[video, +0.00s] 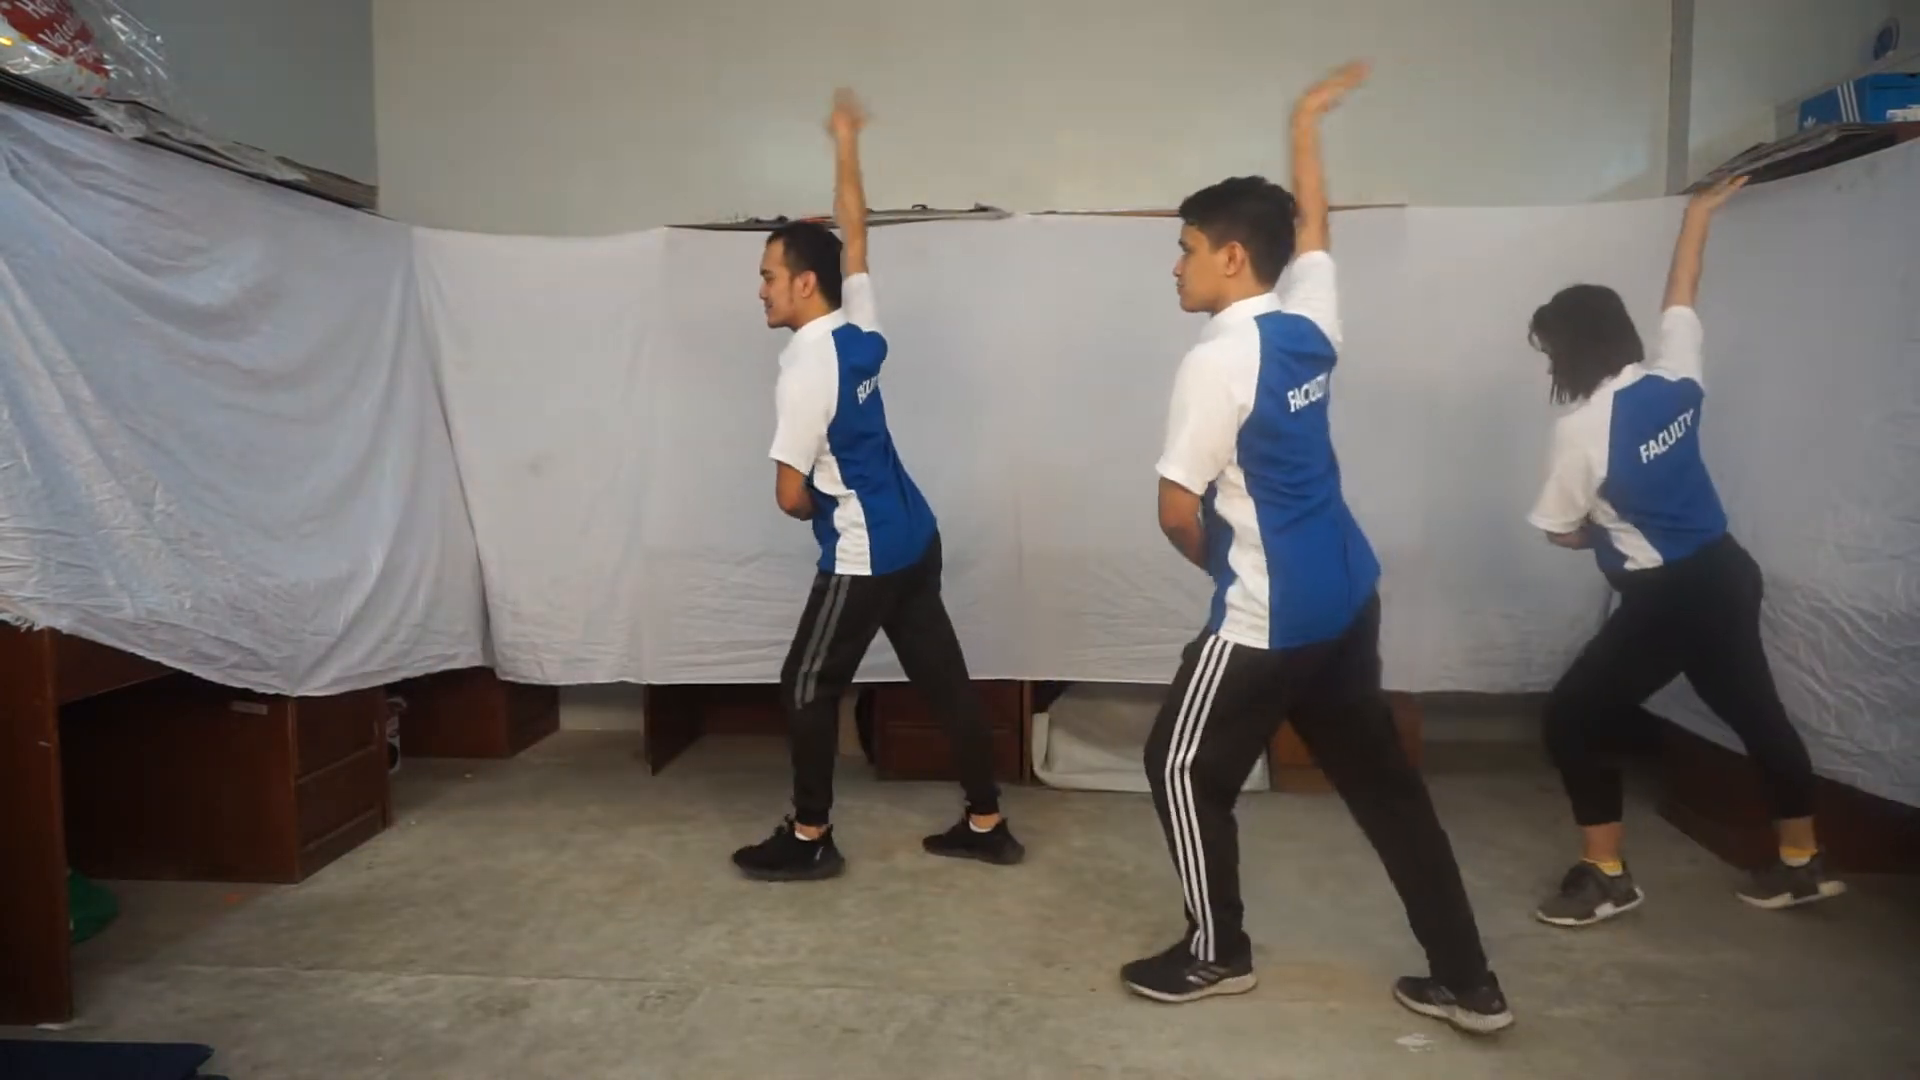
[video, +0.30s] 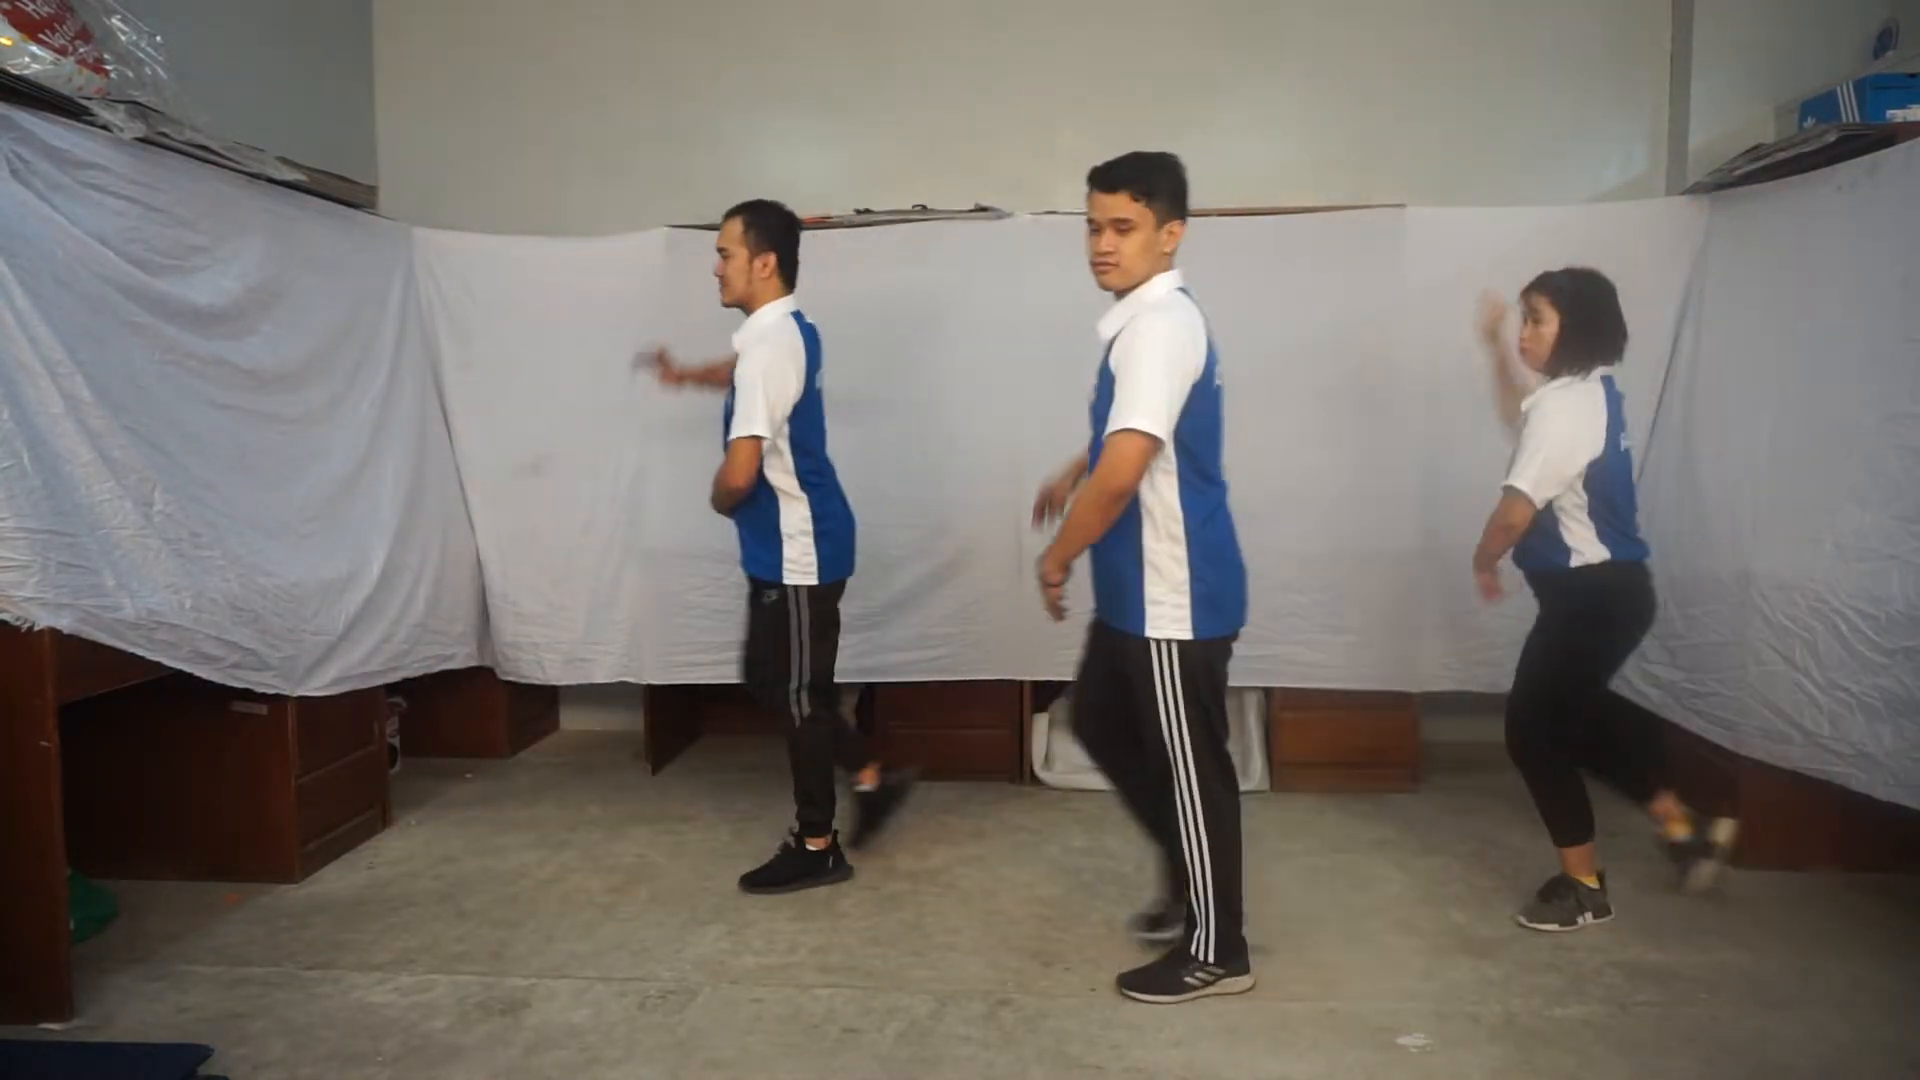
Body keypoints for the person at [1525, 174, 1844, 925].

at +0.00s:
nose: (1548, 364)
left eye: (1550, 352)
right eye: (1546, 351)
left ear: (1571, 350)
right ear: (1617, 333)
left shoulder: (1580, 428)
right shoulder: (1674, 375)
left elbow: (1561, 528)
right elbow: (1684, 293)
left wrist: (1611, 524)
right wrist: (1698, 214)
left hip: (1667, 598)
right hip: (1728, 574)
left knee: (1570, 717)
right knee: (1762, 715)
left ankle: (1605, 872)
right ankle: (1801, 862)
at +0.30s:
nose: (1522, 333)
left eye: (1534, 320)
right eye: (1524, 320)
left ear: (1573, 329)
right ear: (1583, 333)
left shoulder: (1564, 405)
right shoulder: (1594, 388)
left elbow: (1514, 514)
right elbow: (1523, 418)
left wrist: (1484, 560)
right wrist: (1500, 352)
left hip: (1588, 595)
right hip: (1615, 588)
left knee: (1532, 729)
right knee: (1573, 709)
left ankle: (1583, 884)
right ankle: (1684, 825)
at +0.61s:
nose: (1469, 312)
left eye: (1485, 304)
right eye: (1458, 304)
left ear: (1512, 324)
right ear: (1441, 322)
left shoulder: (1533, 400)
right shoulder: (1420, 403)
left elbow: (1549, 506)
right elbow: (1382, 488)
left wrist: (1526, 597)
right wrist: (1342, 540)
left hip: (1503, 589)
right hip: (1426, 584)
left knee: (1505, 736)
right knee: (1403, 722)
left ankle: (1560, 867)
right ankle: (1394, 859)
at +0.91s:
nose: (1419, 317)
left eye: (1420, 309)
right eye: (1401, 308)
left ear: (1425, 327)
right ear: (1364, 328)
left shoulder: (1452, 409)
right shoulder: (1335, 408)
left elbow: (1505, 497)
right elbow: (1275, 489)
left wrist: (1589, 548)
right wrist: (1279, 534)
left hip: (1424, 589)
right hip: (1344, 584)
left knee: (1449, 722)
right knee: (1341, 729)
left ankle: (1448, 862)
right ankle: (1271, 855)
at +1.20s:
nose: (1341, 337)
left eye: (1342, 324)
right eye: (1336, 325)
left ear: (1274, 319)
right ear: (1316, 327)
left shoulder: (1261, 383)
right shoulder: (1303, 401)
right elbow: (1324, 514)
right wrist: (1365, 548)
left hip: (1251, 571)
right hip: (1262, 581)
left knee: (1317, 699)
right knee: (1279, 713)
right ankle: (1254, 859)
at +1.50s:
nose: (1269, 346)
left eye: (1258, 334)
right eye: (1266, 337)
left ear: (1196, 338)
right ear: (1258, 347)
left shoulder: (1168, 392)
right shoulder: (1266, 425)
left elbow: (1162, 307)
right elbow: (1288, 516)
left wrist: (1145, 234)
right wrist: (1237, 507)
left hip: (1142, 577)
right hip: (1201, 596)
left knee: (1122, 692)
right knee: (1277, 717)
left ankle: (1064, 820)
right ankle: (1257, 860)